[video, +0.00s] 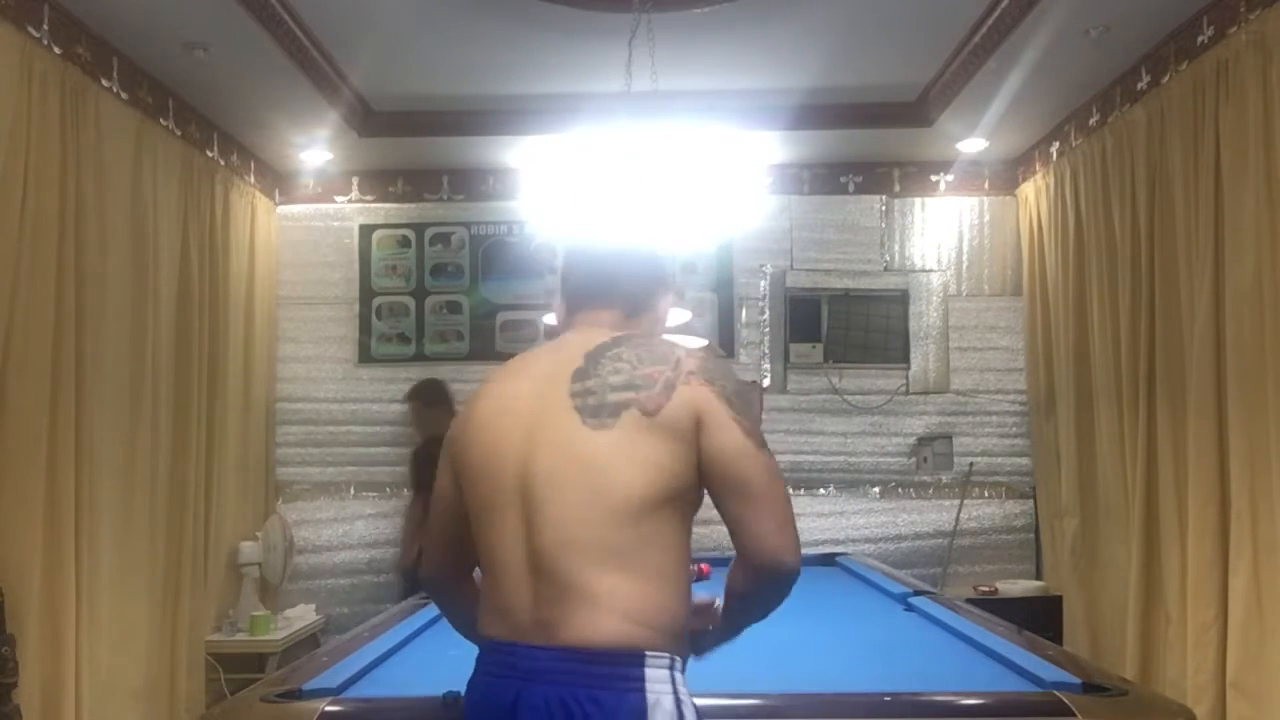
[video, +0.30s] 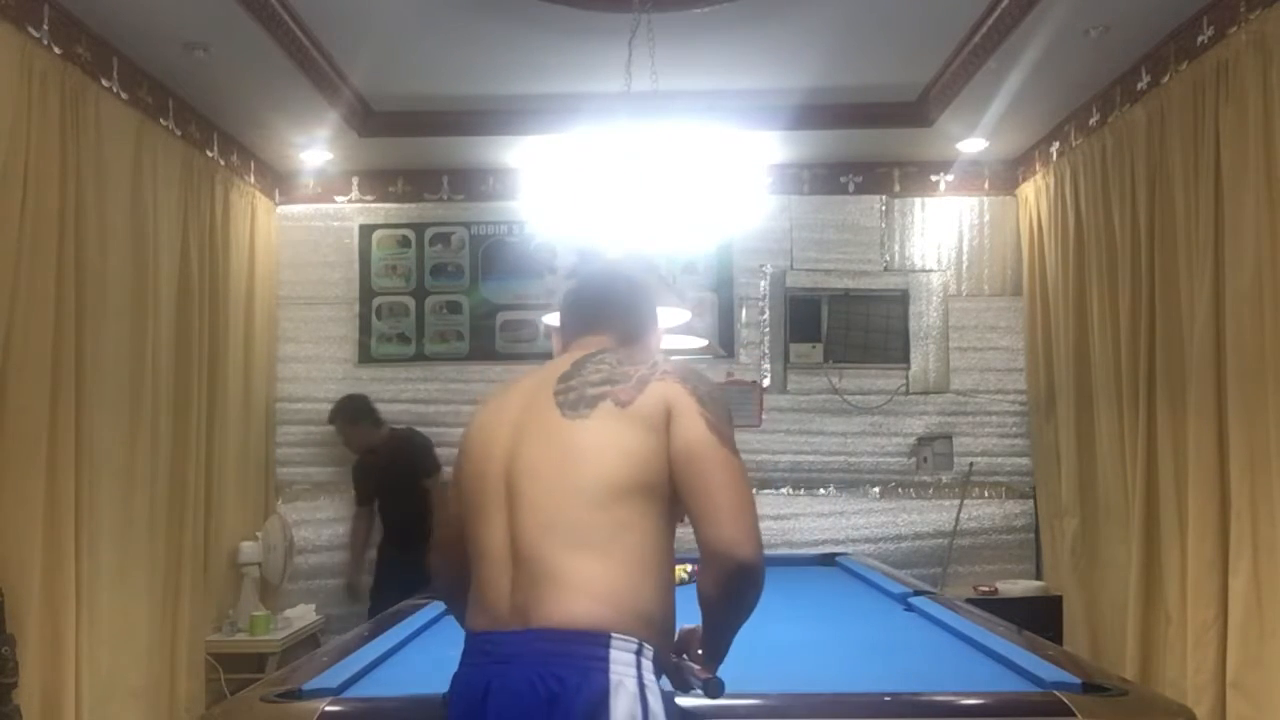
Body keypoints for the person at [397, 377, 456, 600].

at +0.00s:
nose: (413, 420)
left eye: (416, 412)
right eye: (413, 412)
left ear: (430, 412)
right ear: (446, 408)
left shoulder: (426, 453)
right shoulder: (460, 444)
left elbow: (420, 507)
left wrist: (407, 558)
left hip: (431, 560)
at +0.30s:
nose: (344, 443)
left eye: (344, 434)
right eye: (340, 435)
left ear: (359, 426)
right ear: (358, 427)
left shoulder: (414, 443)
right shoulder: (365, 466)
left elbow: (438, 499)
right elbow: (364, 516)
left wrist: (439, 550)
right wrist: (355, 573)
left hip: (428, 542)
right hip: (393, 546)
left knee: (426, 608)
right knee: (382, 615)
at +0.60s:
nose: (328, 442)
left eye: (328, 433)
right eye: (324, 436)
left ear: (346, 422)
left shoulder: (395, 437)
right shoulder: (341, 465)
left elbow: (400, 490)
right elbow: (334, 519)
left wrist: (363, 529)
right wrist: (325, 571)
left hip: (419, 553)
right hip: (379, 557)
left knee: (419, 626)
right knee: (372, 628)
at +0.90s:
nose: (338, 434)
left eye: (339, 426)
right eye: (334, 428)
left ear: (356, 414)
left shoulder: (405, 435)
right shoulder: (341, 457)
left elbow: (422, 488)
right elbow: (337, 515)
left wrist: (415, 537)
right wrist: (344, 563)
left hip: (410, 551)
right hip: (368, 555)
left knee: (418, 627)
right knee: (365, 635)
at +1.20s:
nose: (353, 426)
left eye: (354, 418)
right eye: (350, 420)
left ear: (373, 408)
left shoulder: (423, 434)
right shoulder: (356, 451)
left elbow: (453, 478)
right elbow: (348, 507)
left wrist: (454, 530)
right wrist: (345, 555)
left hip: (413, 553)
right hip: (370, 555)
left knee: (414, 627)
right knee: (366, 630)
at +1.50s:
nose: (375, 419)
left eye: (379, 411)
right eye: (371, 413)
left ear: (399, 403)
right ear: (368, 410)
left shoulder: (435, 438)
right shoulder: (368, 449)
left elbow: (457, 488)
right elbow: (351, 499)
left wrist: (448, 537)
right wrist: (346, 549)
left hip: (421, 553)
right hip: (376, 554)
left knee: (422, 628)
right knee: (363, 631)